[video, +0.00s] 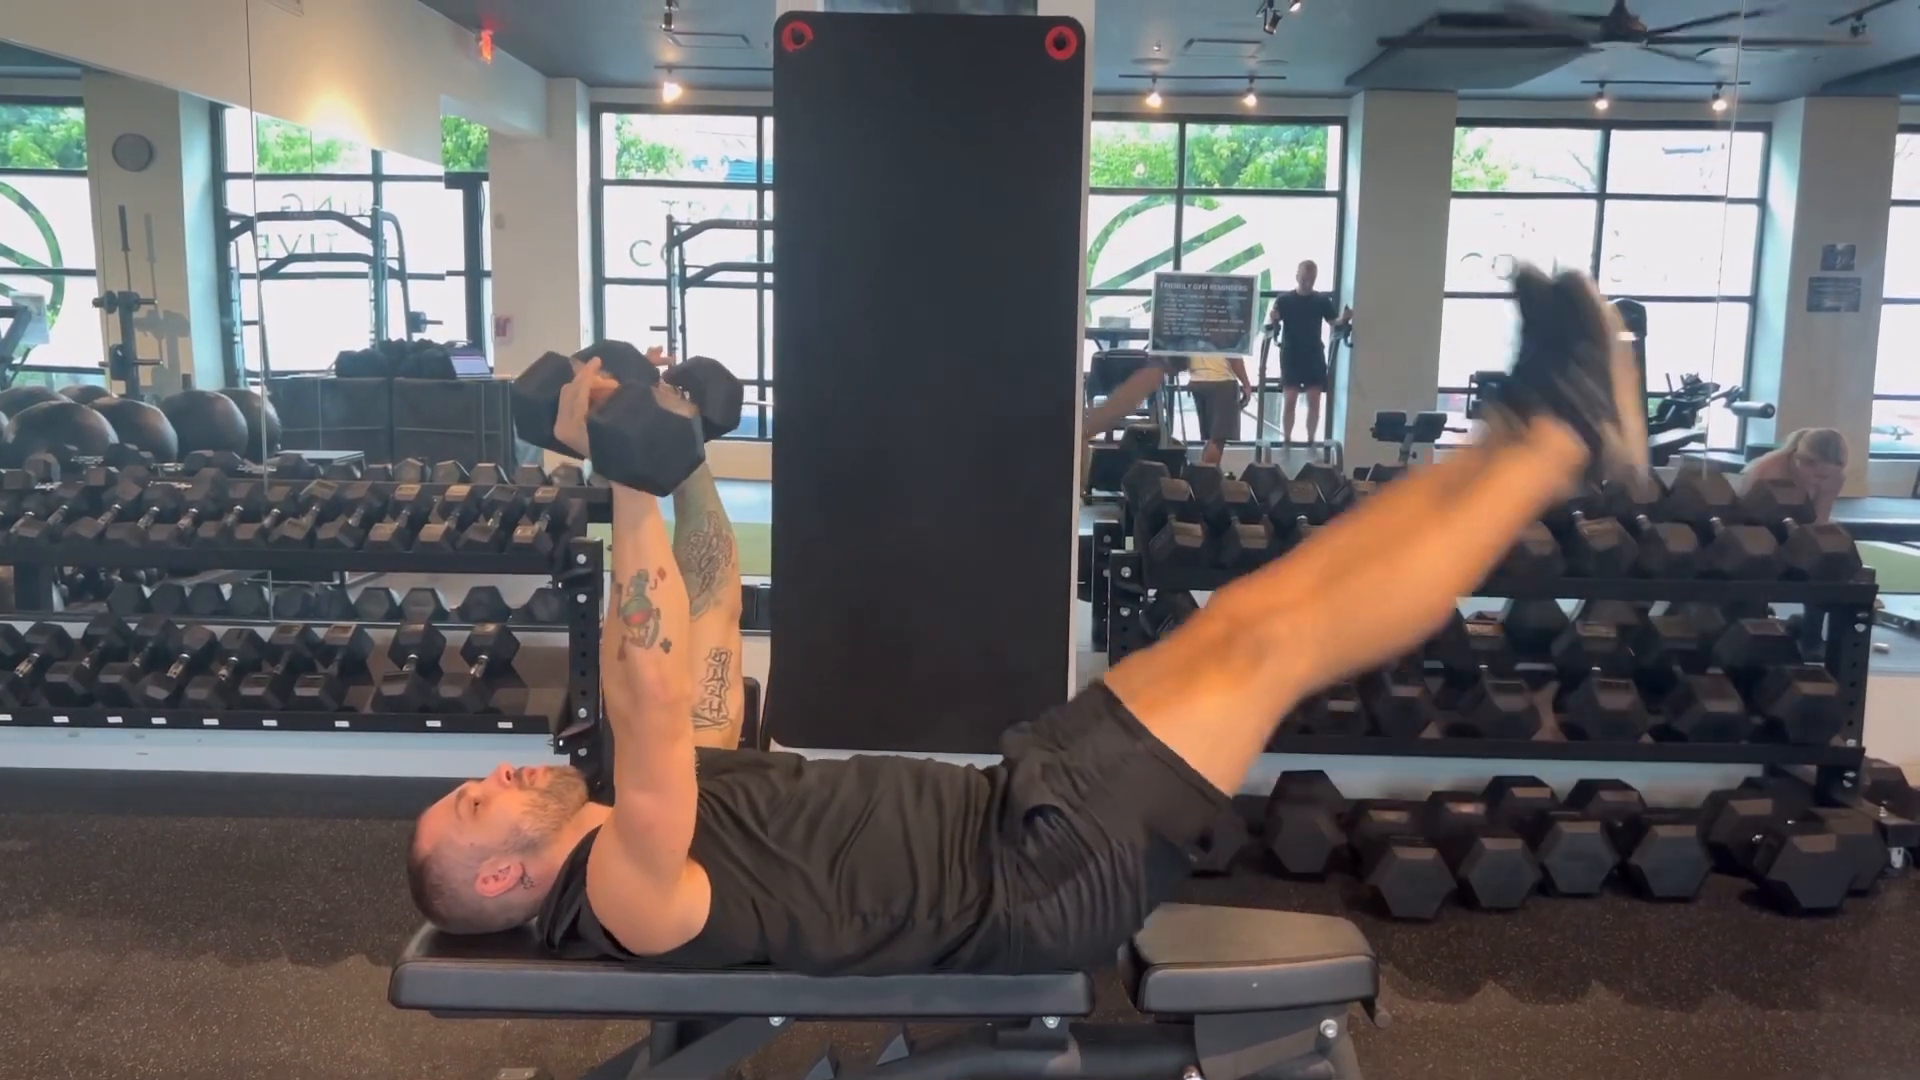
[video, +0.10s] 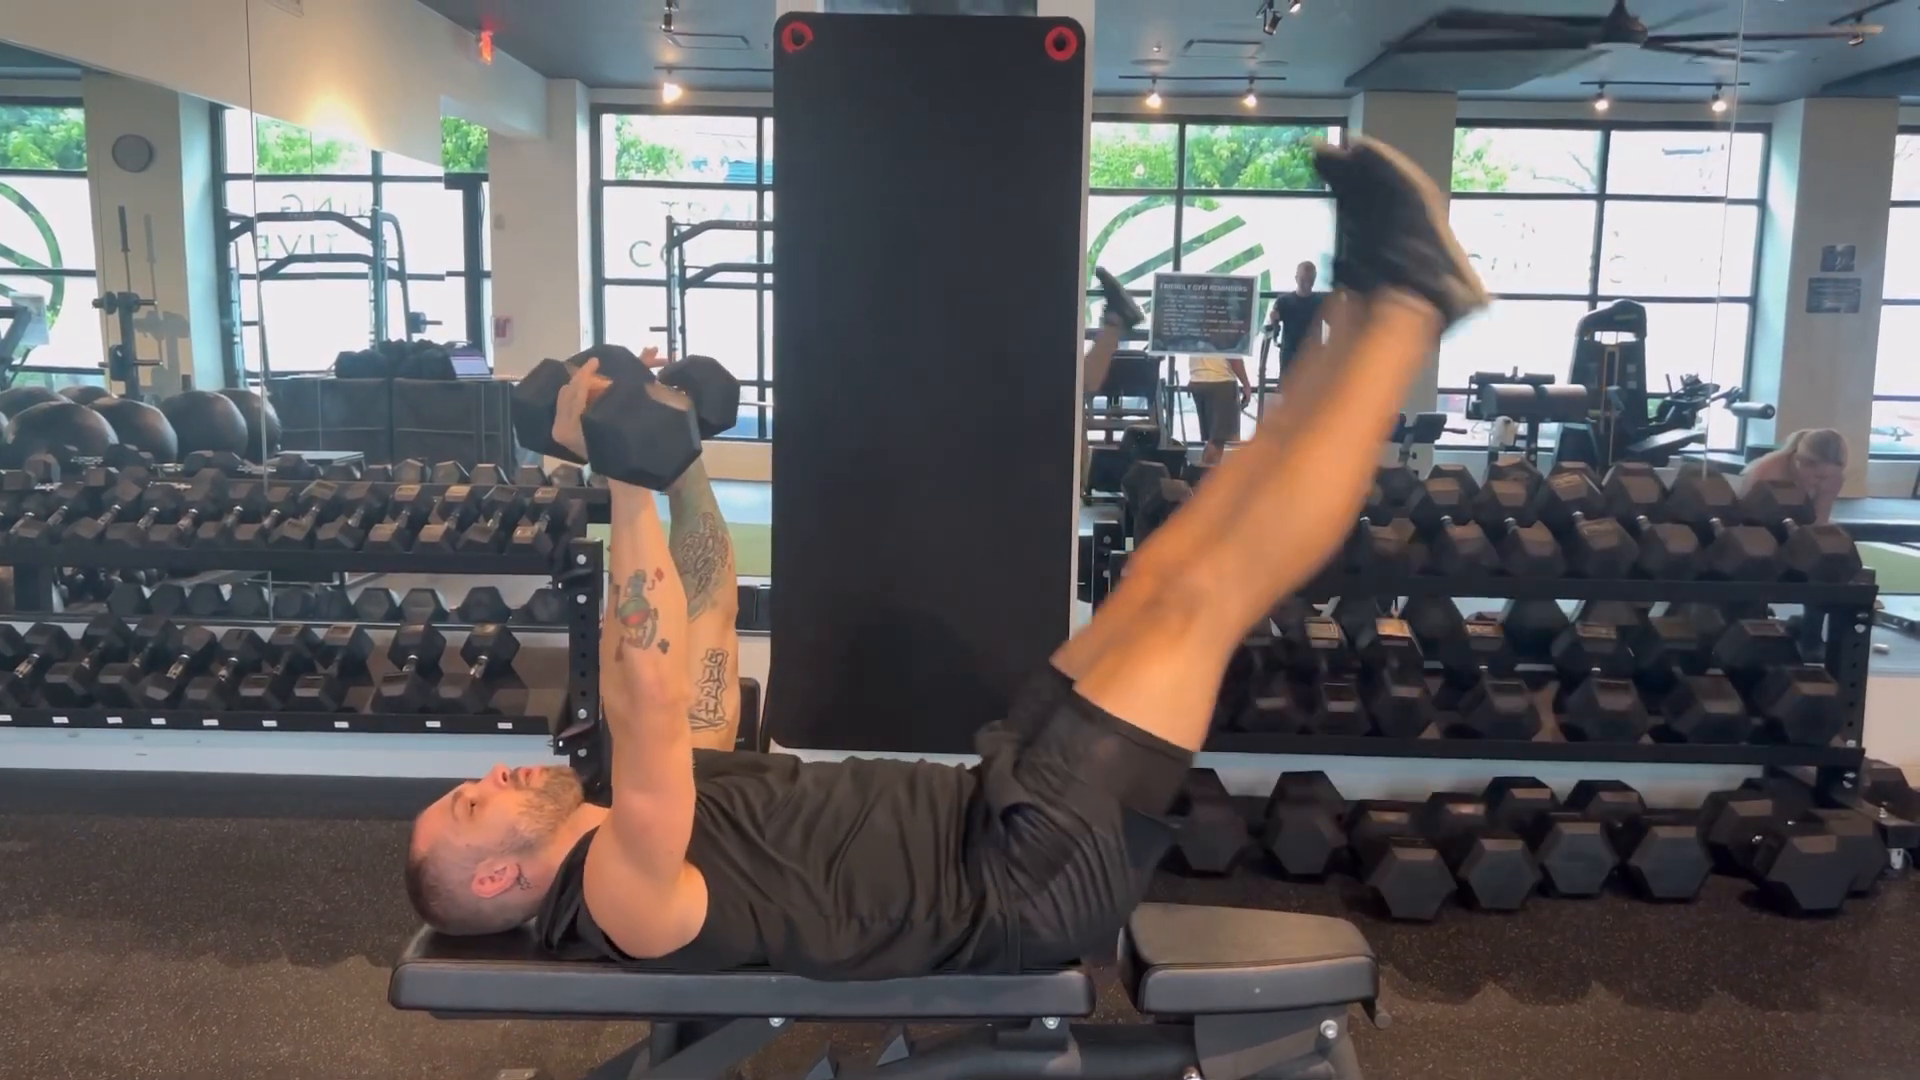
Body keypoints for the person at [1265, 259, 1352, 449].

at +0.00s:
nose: (1307, 282)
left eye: (1310, 278)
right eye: (1303, 278)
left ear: (1315, 278)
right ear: (1297, 277)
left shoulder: (1321, 300)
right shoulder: (1285, 300)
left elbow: (1333, 323)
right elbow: (1271, 324)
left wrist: (1344, 319)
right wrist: (1272, 319)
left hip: (1314, 352)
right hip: (1291, 353)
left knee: (1314, 399)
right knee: (1290, 399)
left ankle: (1311, 442)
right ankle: (1286, 441)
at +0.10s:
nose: (1306, 284)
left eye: (1309, 280)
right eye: (1302, 279)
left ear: (1314, 280)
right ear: (1296, 279)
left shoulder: (1320, 301)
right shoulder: (1284, 301)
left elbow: (1334, 323)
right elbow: (1272, 333)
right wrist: (1273, 321)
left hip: (1312, 356)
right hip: (1289, 356)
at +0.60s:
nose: (1306, 289)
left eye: (1309, 285)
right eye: (1302, 285)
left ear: (1313, 285)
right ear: (1295, 284)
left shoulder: (1321, 307)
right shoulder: (1284, 307)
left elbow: (1332, 330)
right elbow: (1272, 335)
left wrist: (1344, 324)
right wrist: (1272, 325)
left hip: (1313, 362)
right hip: (1290, 363)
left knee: (1314, 411)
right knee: (1290, 411)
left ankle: (1312, 452)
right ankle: (1285, 452)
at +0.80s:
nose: (1305, 291)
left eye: (1309, 287)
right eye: (1302, 287)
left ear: (1313, 287)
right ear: (1295, 286)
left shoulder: (1321, 309)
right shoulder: (1284, 309)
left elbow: (1333, 333)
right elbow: (1271, 336)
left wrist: (1344, 327)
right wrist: (1272, 327)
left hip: (1314, 363)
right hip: (1290, 364)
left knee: (1316, 411)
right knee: (1291, 411)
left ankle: (1316, 453)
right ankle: (1288, 453)